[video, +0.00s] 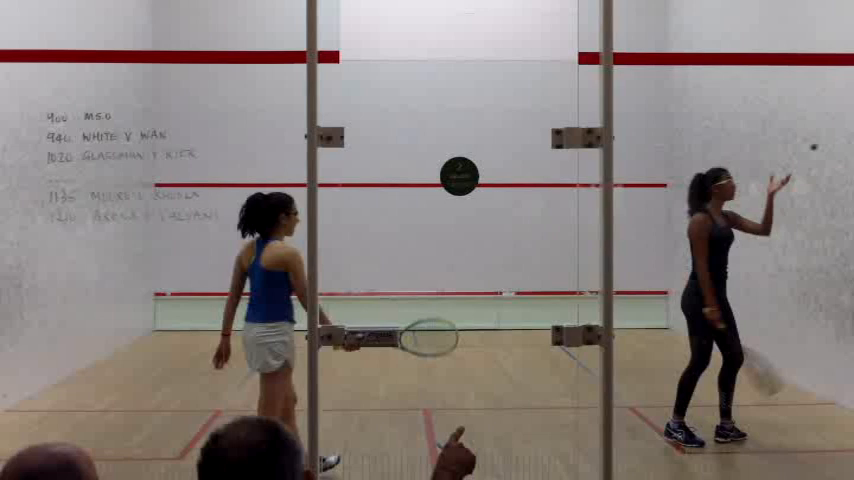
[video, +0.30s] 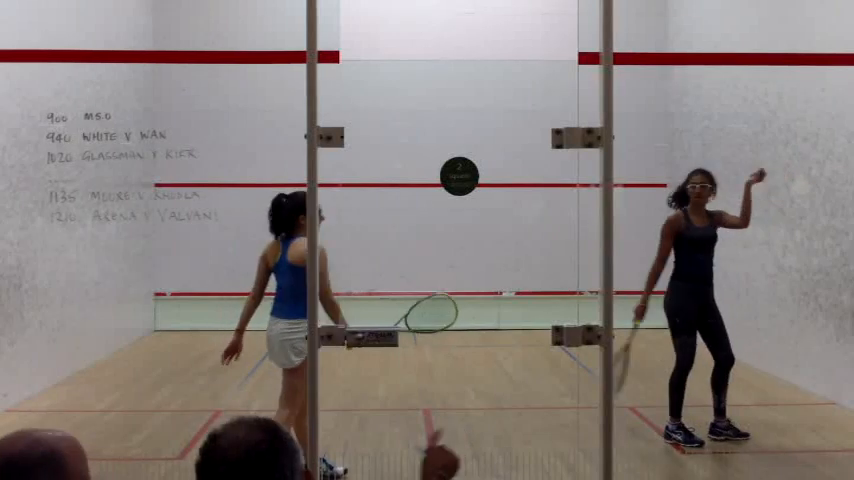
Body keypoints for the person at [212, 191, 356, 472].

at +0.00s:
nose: (298, 219)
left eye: (296, 214)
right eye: (294, 214)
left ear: (271, 219)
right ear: (282, 218)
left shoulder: (248, 251)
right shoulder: (289, 255)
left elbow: (233, 297)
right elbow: (307, 300)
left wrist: (225, 337)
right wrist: (329, 327)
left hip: (252, 334)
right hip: (277, 336)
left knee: (289, 401)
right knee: (271, 411)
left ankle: (300, 461)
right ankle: (268, 469)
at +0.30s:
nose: (320, 218)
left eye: (318, 212)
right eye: (316, 213)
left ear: (290, 220)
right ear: (302, 219)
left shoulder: (272, 250)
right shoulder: (313, 251)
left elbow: (255, 296)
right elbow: (325, 296)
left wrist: (238, 335)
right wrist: (343, 326)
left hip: (276, 330)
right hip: (299, 333)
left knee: (302, 406)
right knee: (289, 409)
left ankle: (311, 464)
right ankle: (263, 465)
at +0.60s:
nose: (329, 220)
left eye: (333, 215)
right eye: (323, 213)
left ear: (337, 220)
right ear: (311, 215)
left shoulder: (308, 244)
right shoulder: (308, 245)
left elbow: (317, 293)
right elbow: (318, 293)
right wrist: (340, 325)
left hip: (302, 327)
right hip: (308, 329)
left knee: (308, 401)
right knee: (332, 399)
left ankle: (311, 463)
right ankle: (287, 452)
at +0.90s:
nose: (338, 219)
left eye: (344, 214)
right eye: (332, 213)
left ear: (350, 219)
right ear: (321, 215)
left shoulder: (338, 249)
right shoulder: (309, 247)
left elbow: (342, 293)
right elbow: (293, 290)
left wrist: (346, 329)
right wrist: (294, 335)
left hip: (332, 327)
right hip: (317, 326)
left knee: (316, 399)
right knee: (336, 398)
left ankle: (312, 462)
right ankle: (332, 466)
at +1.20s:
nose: (354, 220)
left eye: (358, 215)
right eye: (347, 214)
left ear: (361, 218)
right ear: (331, 217)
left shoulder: (345, 248)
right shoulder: (327, 248)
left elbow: (349, 290)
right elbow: (310, 295)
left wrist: (357, 323)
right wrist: (300, 342)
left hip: (339, 335)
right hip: (326, 337)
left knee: (332, 405)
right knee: (333, 405)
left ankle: (315, 463)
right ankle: (335, 468)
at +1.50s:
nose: (377, 220)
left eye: (376, 215)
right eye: (373, 215)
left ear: (354, 220)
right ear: (358, 220)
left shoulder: (342, 251)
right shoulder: (343, 252)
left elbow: (346, 306)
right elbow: (336, 307)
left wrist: (351, 348)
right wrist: (349, 351)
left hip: (328, 341)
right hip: (328, 342)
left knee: (331, 409)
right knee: (334, 410)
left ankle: (327, 468)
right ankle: (334, 472)